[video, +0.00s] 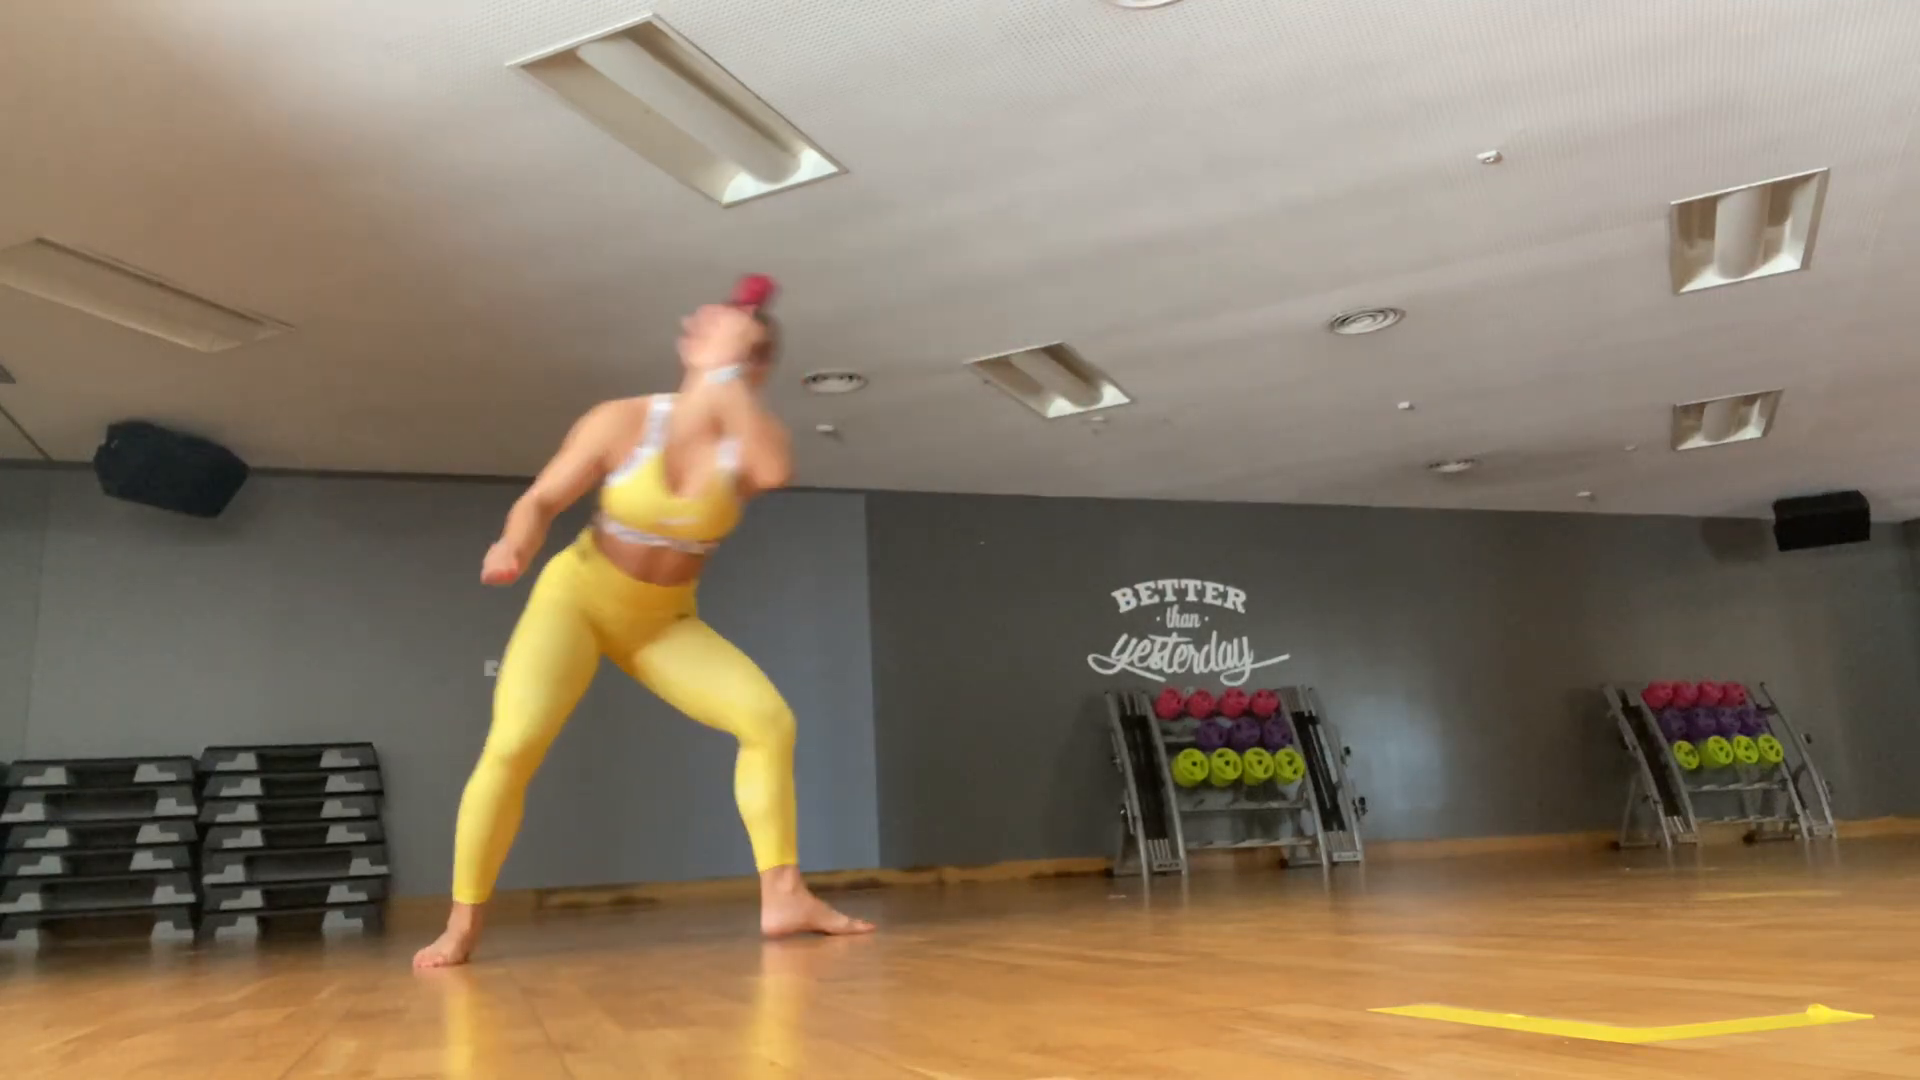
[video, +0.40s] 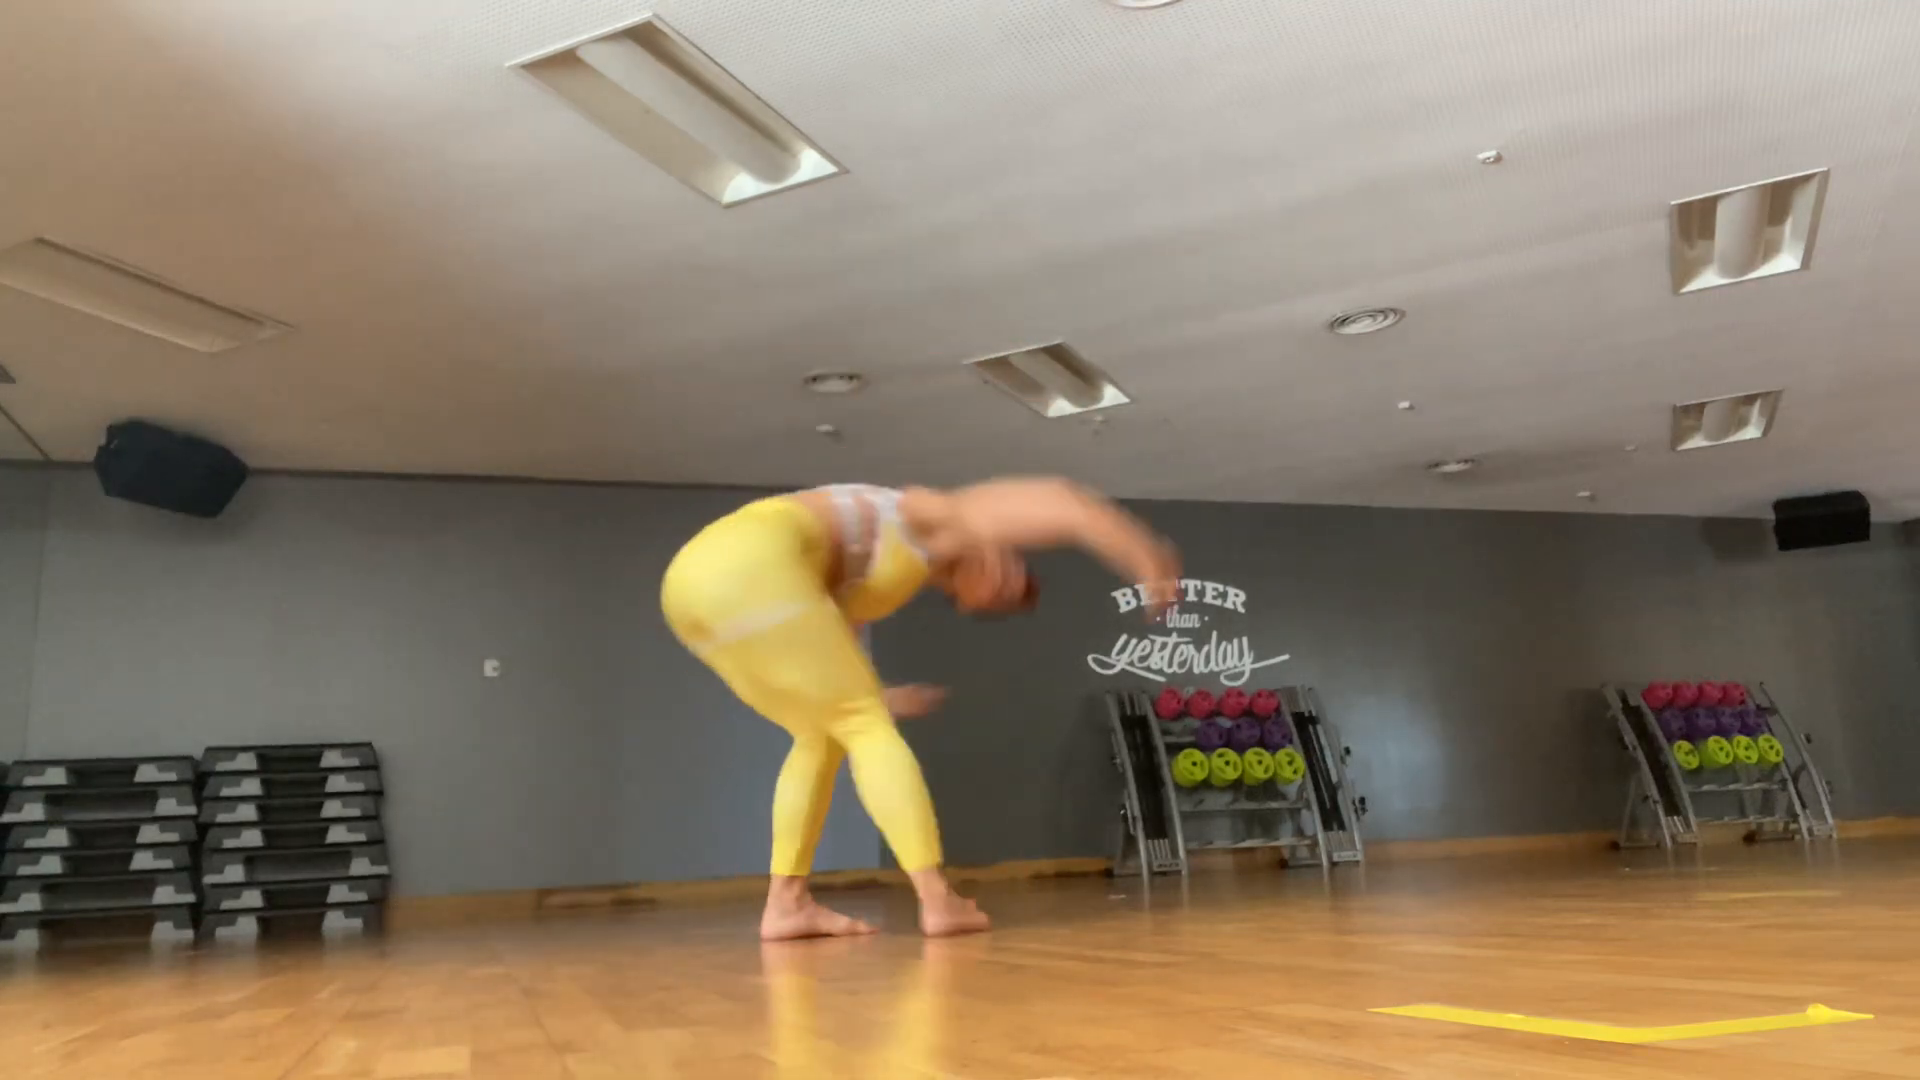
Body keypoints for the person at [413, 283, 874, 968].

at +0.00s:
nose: (699, 330)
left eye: (727, 330)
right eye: (707, 324)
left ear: (758, 364)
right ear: (689, 344)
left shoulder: (752, 436)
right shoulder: (621, 422)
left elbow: (773, 473)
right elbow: (542, 500)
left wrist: (725, 380)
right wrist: (515, 547)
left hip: (668, 620)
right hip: (580, 599)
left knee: (768, 721)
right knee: (513, 746)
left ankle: (783, 898)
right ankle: (462, 925)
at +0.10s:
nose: (822, 377)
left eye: (835, 368)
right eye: (812, 358)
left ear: (842, 389)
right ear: (779, 361)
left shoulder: (816, 465)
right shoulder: (705, 424)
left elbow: (875, 477)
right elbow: (596, 454)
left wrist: (853, 380)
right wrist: (556, 474)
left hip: (687, 626)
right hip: (615, 594)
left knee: (791, 723)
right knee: (578, 734)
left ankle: (785, 901)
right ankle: (481, 901)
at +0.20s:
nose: (931, 439)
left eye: (943, 439)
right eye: (927, 418)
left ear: (933, 459)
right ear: (891, 408)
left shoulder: (886, 515)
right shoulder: (815, 432)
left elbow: (975, 564)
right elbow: (713, 374)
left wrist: (1024, 506)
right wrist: (757, 340)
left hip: (710, 613)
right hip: (659, 580)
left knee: (803, 725)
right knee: (746, 716)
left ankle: (785, 902)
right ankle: (596, 854)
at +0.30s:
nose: (976, 502)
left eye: (986, 508)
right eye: (977, 483)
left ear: (972, 525)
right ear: (949, 464)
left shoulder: (895, 558)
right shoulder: (886, 468)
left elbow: (934, 624)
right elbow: (901, 371)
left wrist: (1011, 633)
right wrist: (1015, 370)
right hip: (692, 573)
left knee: (808, 719)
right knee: (825, 709)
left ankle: (782, 888)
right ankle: (803, 885)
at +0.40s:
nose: (990, 593)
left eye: (996, 600)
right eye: (1003, 585)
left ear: (976, 604)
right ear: (1000, 554)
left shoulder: (881, 582)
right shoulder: (942, 516)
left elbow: (803, 649)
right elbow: (1067, 504)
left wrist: (877, 699)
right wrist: (1148, 561)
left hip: (689, 585)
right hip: (753, 559)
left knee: (815, 733)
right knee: (865, 721)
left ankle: (785, 902)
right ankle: (938, 899)